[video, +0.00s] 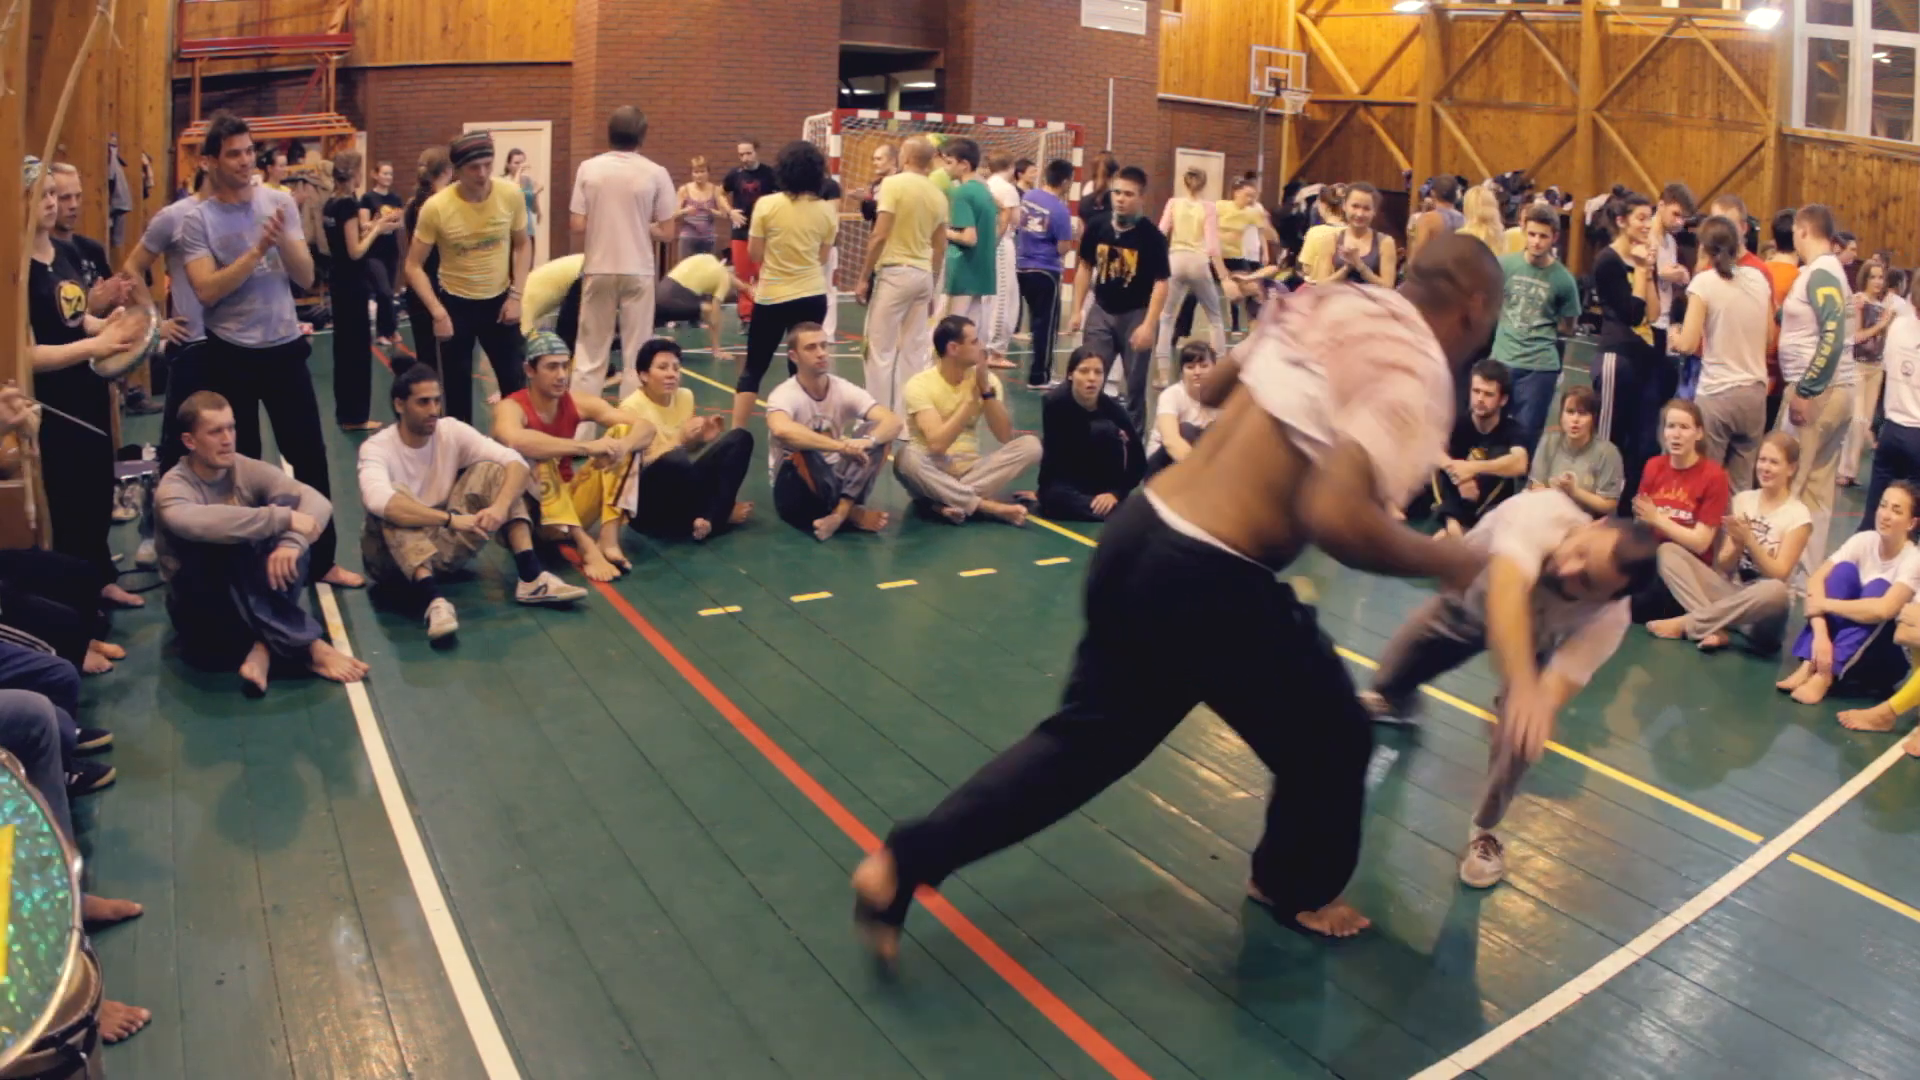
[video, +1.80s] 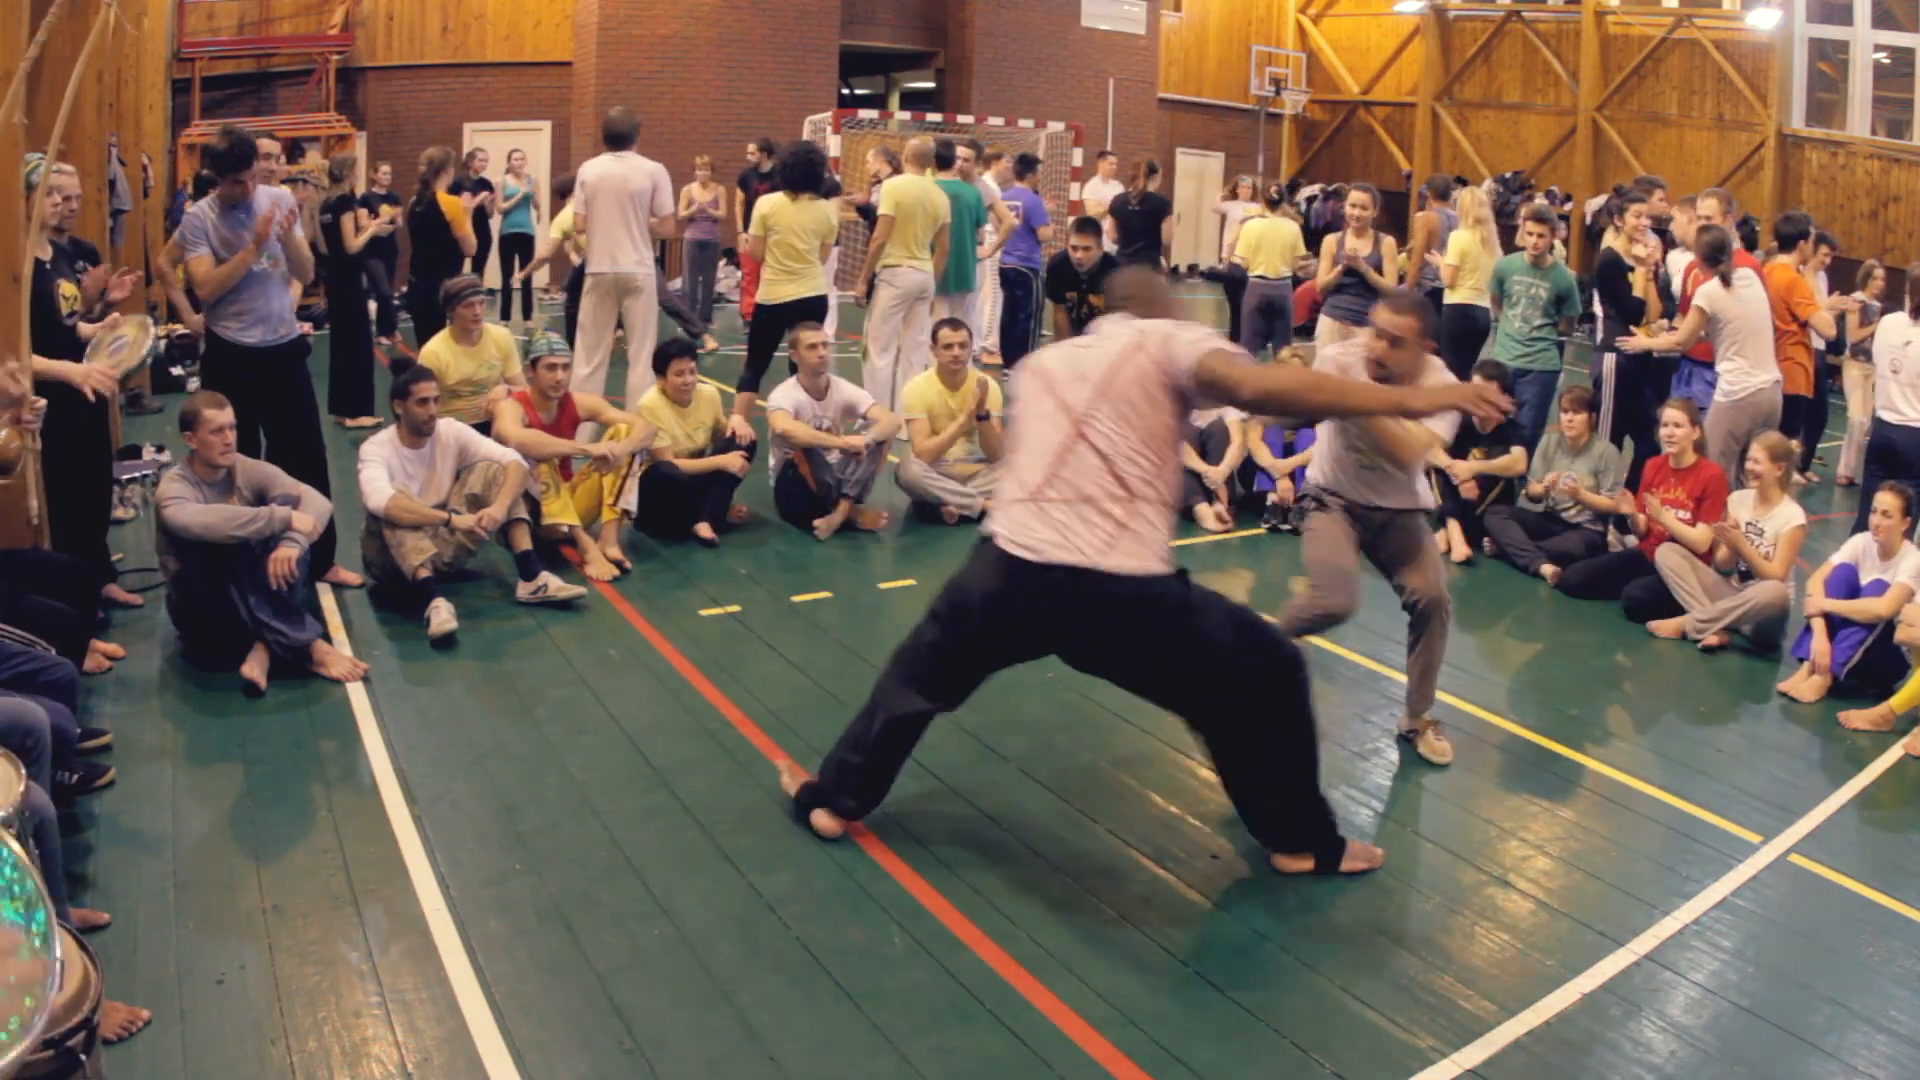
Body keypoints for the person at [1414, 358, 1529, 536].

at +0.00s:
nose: (1480, 400)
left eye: (1488, 394)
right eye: (1476, 392)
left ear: (1503, 400)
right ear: (1469, 393)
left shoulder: (1512, 430)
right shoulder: (1456, 426)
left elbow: (1519, 464)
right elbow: (1434, 451)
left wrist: (1471, 467)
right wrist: (1461, 476)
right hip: (1456, 498)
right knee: (1437, 468)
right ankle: (1452, 523)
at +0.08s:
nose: (1480, 400)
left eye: (1488, 395)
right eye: (1476, 392)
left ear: (1502, 400)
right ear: (1469, 392)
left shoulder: (1511, 429)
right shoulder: (1459, 421)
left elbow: (1519, 464)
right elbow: (1426, 444)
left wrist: (1472, 468)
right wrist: (1458, 476)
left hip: (1495, 511)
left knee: (1501, 455)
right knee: (1438, 455)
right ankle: (1448, 512)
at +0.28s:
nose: (1480, 399)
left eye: (1488, 394)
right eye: (1476, 392)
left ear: (1503, 400)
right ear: (1469, 392)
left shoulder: (1511, 429)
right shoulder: (1457, 423)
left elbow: (1519, 464)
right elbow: (1426, 443)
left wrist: (1472, 468)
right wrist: (1459, 476)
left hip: (1496, 508)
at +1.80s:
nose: (1480, 400)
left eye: (1487, 394)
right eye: (1476, 393)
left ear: (1503, 397)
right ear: (1468, 393)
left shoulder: (1512, 430)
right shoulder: (1458, 423)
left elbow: (1519, 464)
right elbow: (1432, 450)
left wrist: (1472, 467)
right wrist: (1460, 475)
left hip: (1493, 508)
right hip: (1455, 501)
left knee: (1504, 461)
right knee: (1437, 468)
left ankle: (1448, 530)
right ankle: (1455, 532)